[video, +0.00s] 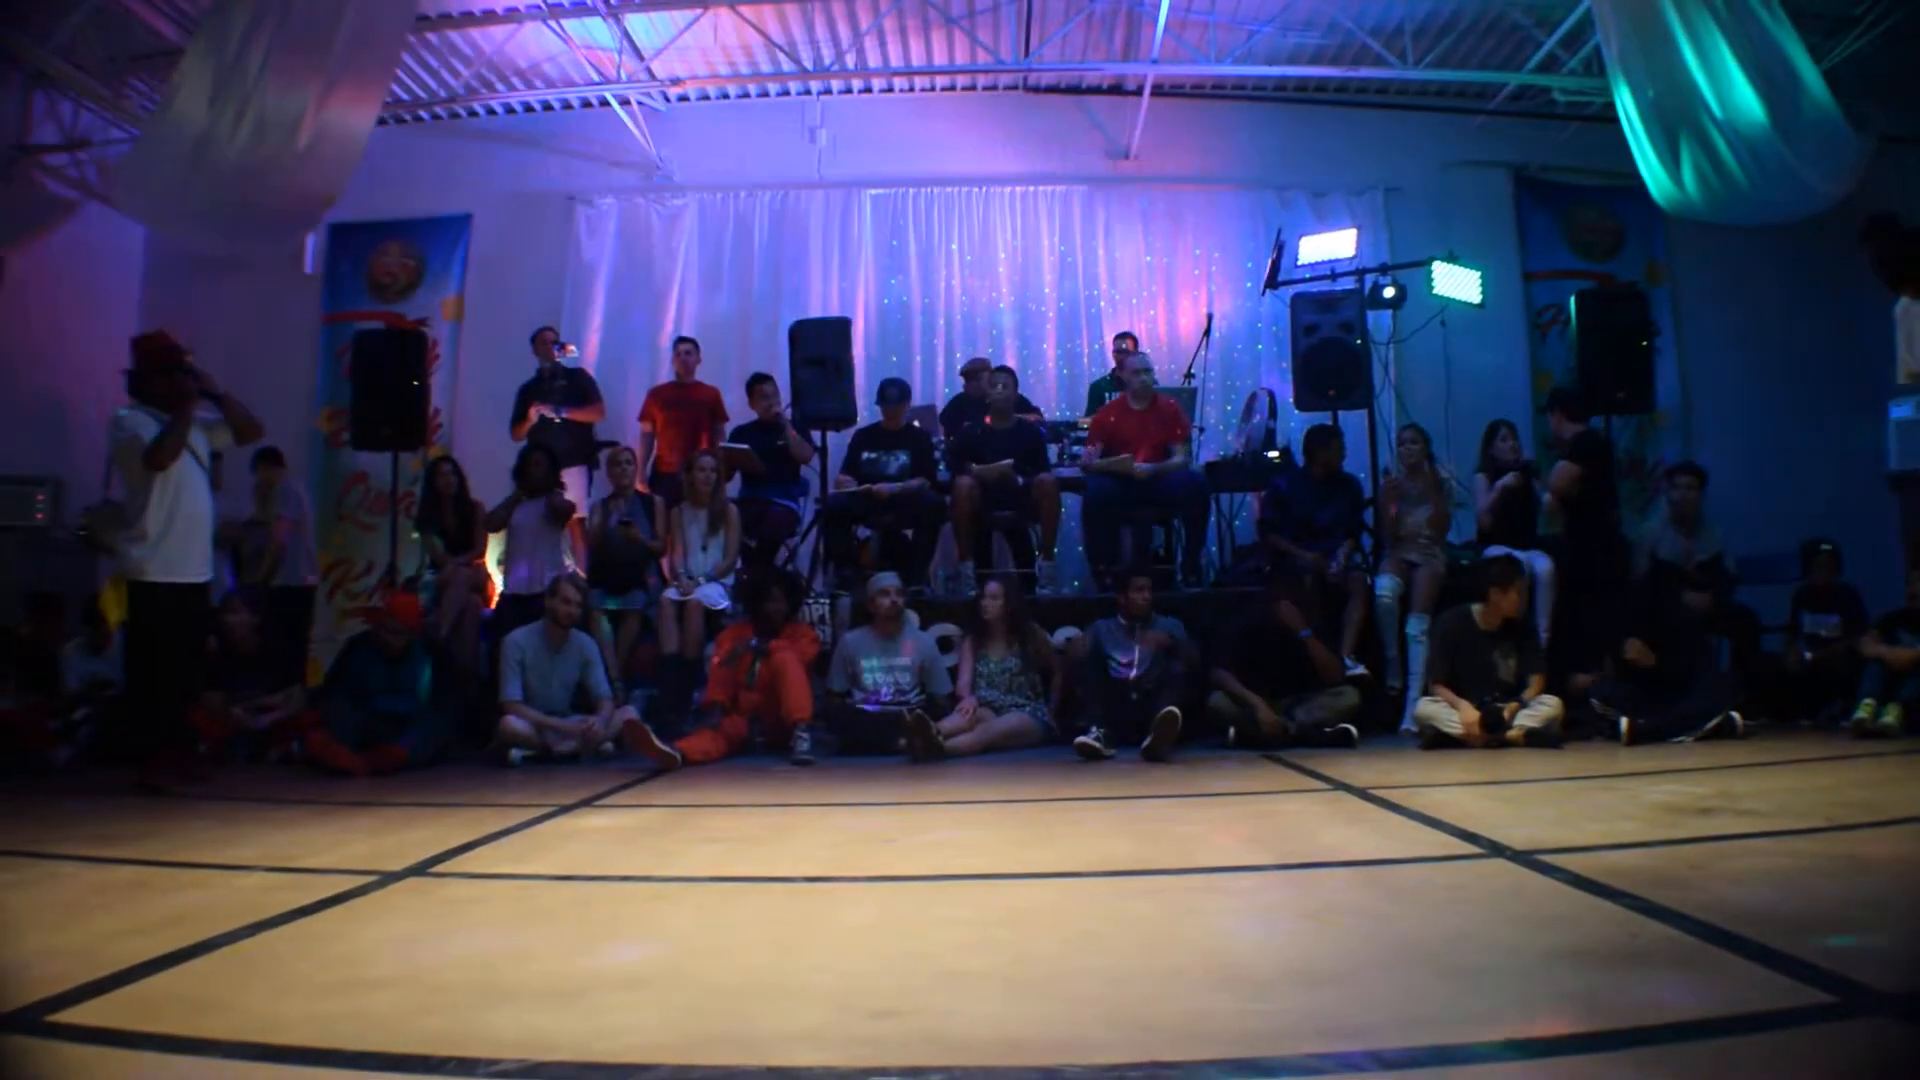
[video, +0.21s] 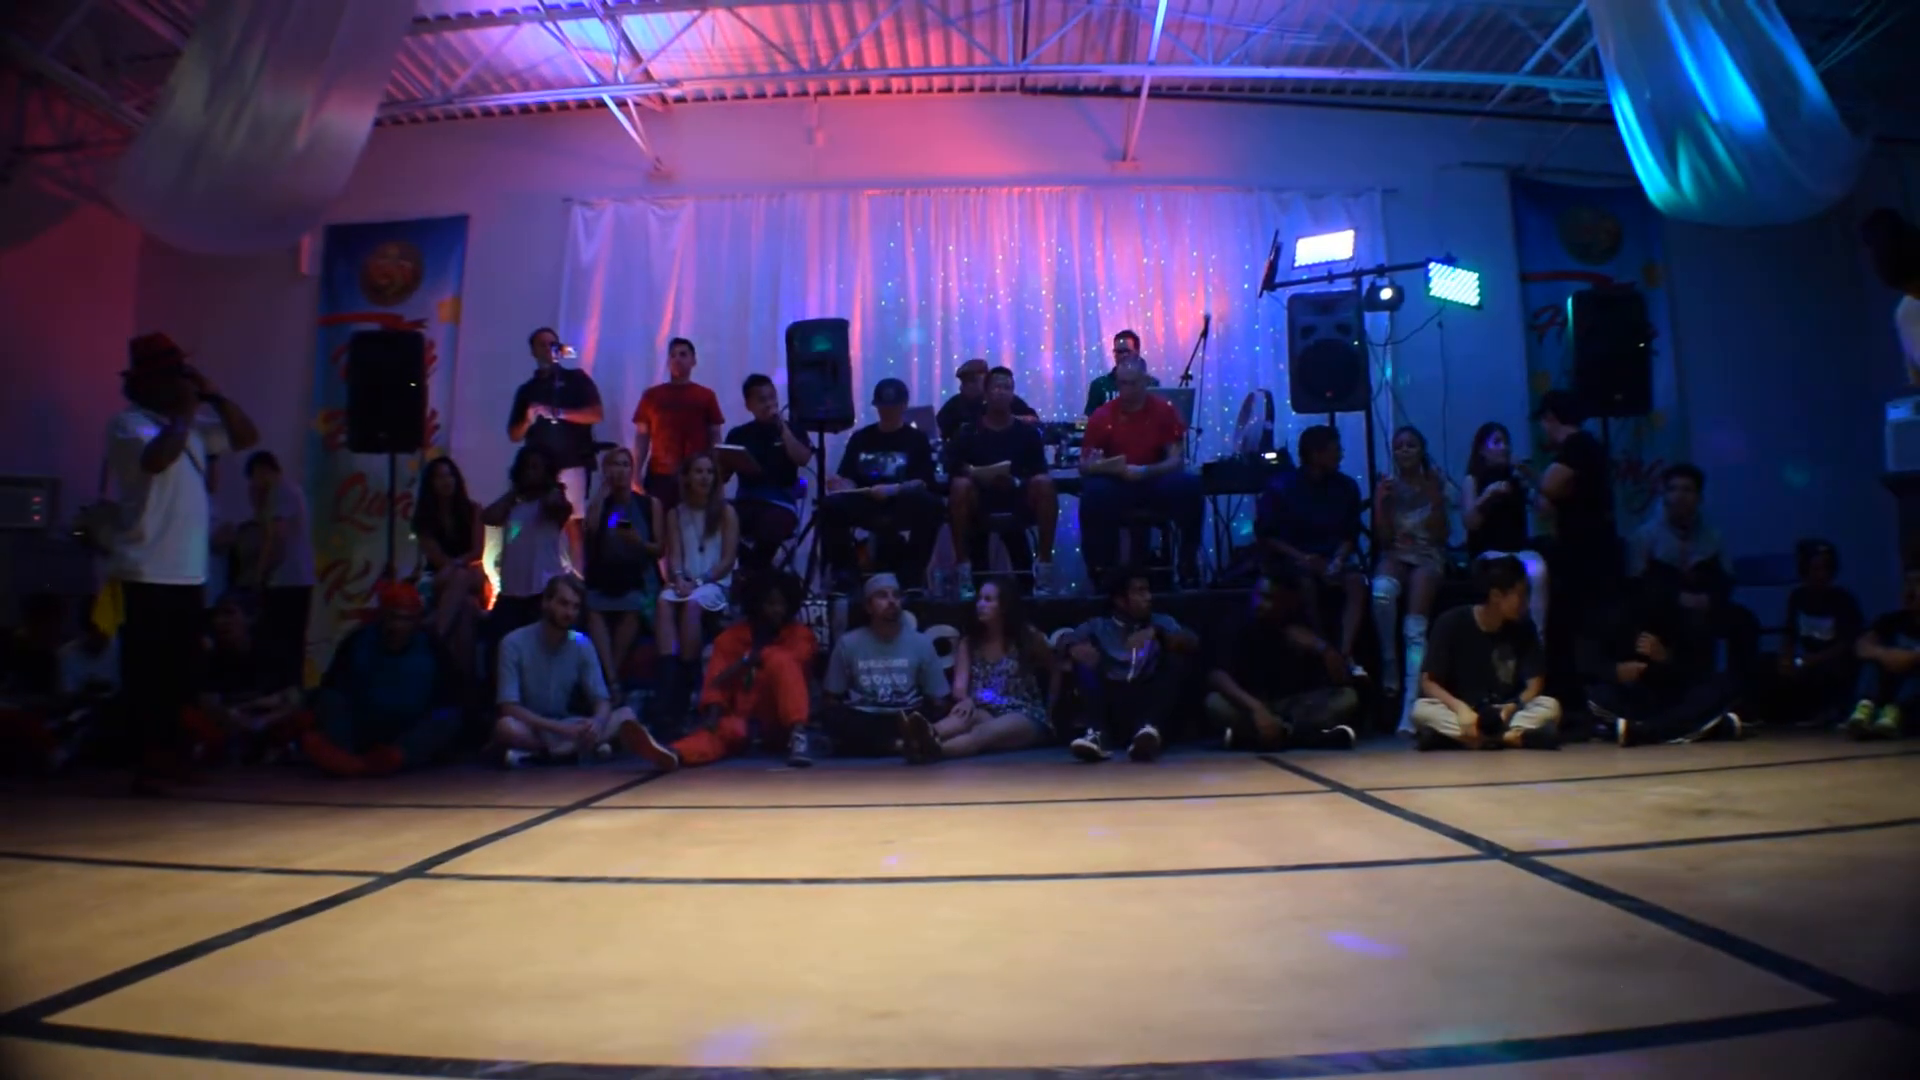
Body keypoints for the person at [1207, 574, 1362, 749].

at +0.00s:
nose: (1285, 603)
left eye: (1293, 596)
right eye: (1278, 596)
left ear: (1304, 597)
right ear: (1268, 595)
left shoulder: (1314, 624)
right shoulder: (1252, 627)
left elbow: (1335, 676)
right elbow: (1220, 673)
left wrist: (1302, 630)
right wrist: (1259, 706)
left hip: (1305, 696)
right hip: (1256, 699)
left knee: (1349, 697)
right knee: (1218, 701)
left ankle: (1262, 734)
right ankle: (1310, 735)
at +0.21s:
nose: (1260, 604)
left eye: (1268, 598)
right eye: (1259, 596)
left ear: (1288, 602)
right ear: (1253, 597)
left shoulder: (1300, 631)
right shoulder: (1247, 632)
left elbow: (1341, 676)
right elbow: (1218, 675)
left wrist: (1318, 645)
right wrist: (1257, 709)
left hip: (1300, 700)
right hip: (1255, 703)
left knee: (1346, 697)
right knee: (1215, 702)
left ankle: (1256, 737)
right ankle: (1310, 737)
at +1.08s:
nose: (1255, 594)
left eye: (1263, 588)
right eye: (1252, 587)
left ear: (1279, 592)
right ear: (1247, 591)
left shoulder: (1297, 626)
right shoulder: (1239, 627)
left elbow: (1333, 669)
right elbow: (1214, 675)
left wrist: (1354, 707)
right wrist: (1253, 710)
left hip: (1298, 701)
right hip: (1249, 704)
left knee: (1333, 704)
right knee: (1212, 706)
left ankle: (1254, 738)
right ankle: (1309, 739)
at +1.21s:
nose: (1256, 593)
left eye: (1263, 588)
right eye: (1252, 587)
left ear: (1278, 591)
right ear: (1247, 591)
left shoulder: (1299, 626)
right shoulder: (1239, 628)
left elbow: (1332, 668)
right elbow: (1215, 676)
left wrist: (1351, 711)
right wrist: (1254, 710)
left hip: (1297, 702)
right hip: (1250, 704)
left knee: (1327, 707)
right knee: (1212, 705)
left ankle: (1251, 738)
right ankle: (1308, 738)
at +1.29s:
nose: (1256, 593)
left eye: (1263, 587)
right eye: (1252, 587)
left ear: (1278, 591)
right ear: (1247, 591)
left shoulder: (1298, 626)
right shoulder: (1239, 628)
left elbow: (1330, 669)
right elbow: (1216, 676)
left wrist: (1347, 713)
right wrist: (1255, 710)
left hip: (1296, 700)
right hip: (1249, 703)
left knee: (1327, 705)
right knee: (1212, 706)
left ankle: (1254, 735)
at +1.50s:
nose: (1262, 593)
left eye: (1267, 586)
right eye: (1256, 587)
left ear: (1278, 589)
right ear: (1247, 592)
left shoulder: (1297, 626)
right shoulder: (1239, 630)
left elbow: (1328, 670)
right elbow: (1218, 678)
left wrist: (1344, 715)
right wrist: (1256, 710)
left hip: (1300, 702)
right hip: (1252, 705)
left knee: (1341, 702)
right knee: (1213, 706)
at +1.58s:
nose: (1265, 592)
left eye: (1270, 585)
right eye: (1258, 587)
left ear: (1279, 589)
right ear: (1248, 593)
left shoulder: (1297, 624)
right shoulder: (1240, 631)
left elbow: (1328, 669)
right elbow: (1218, 678)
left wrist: (1342, 714)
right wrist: (1256, 710)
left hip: (1300, 702)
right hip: (1254, 706)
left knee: (1344, 699)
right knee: (1213, 706)